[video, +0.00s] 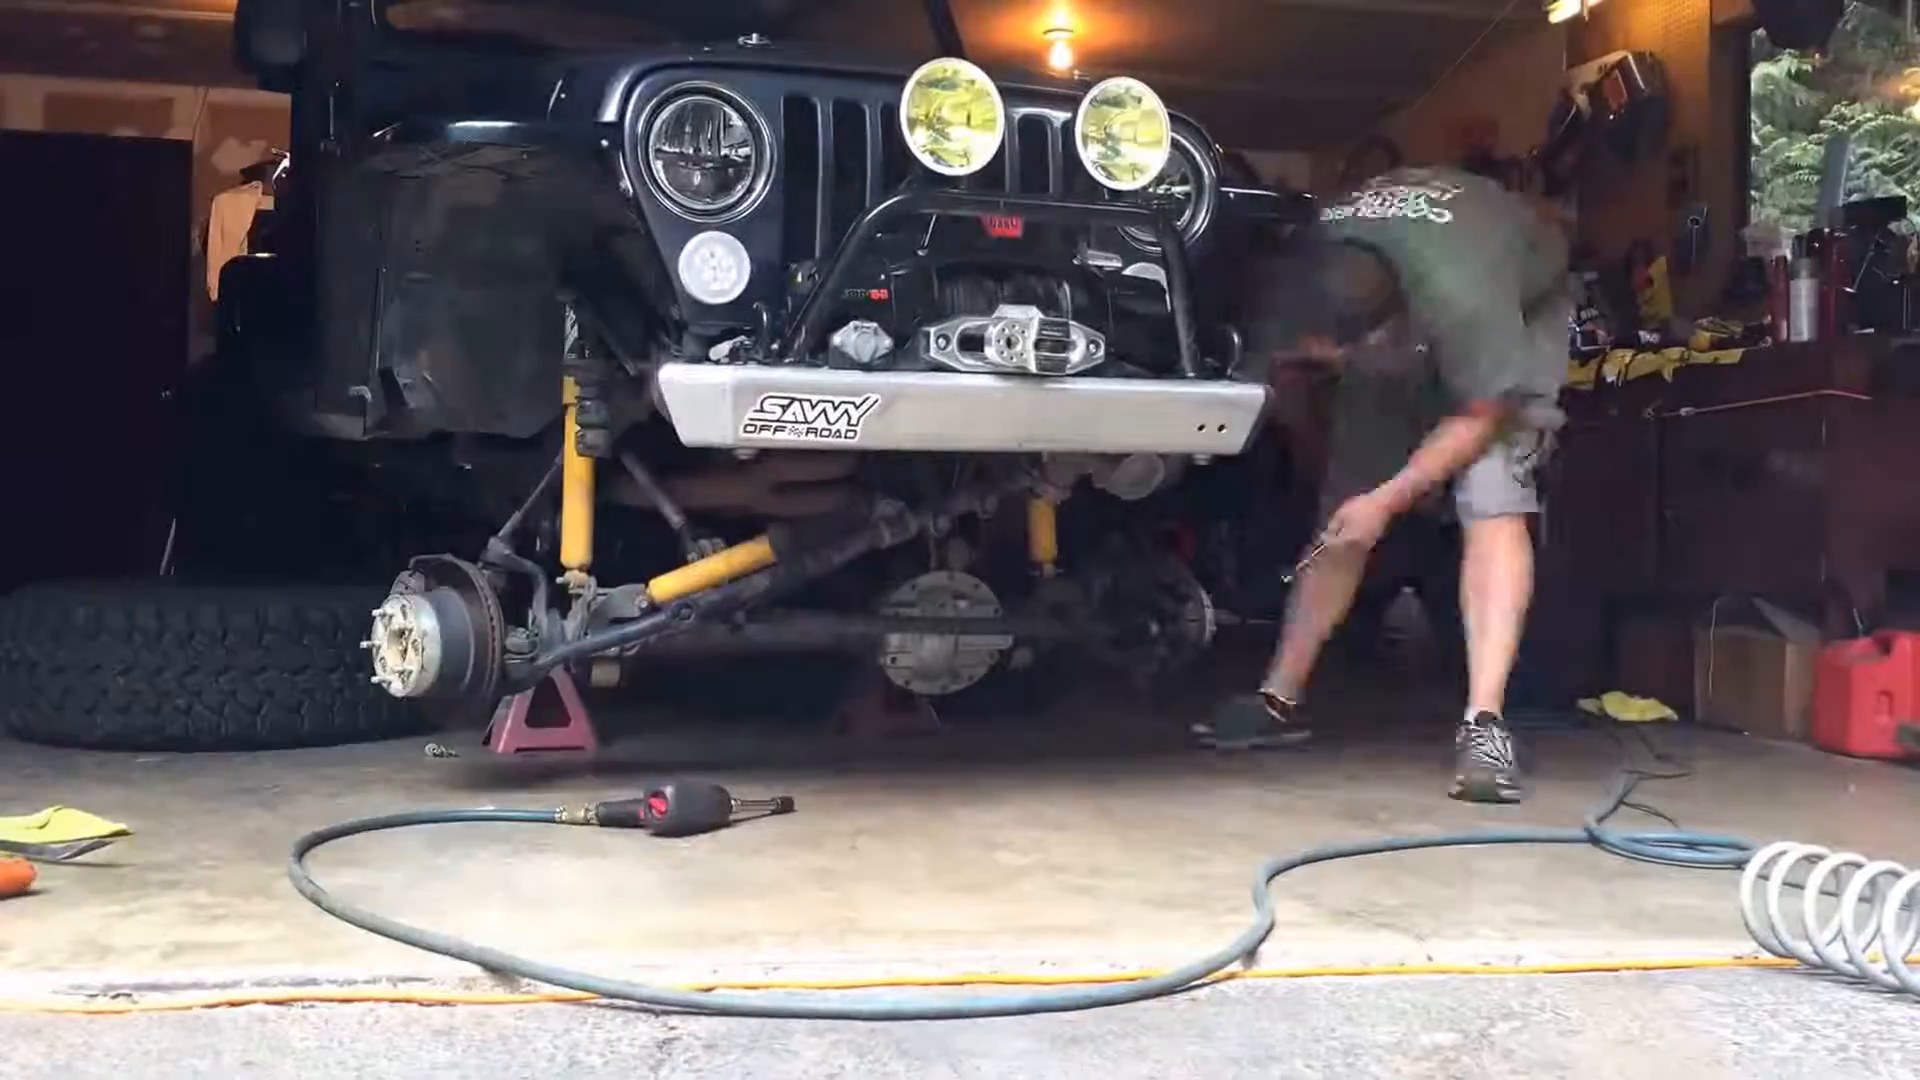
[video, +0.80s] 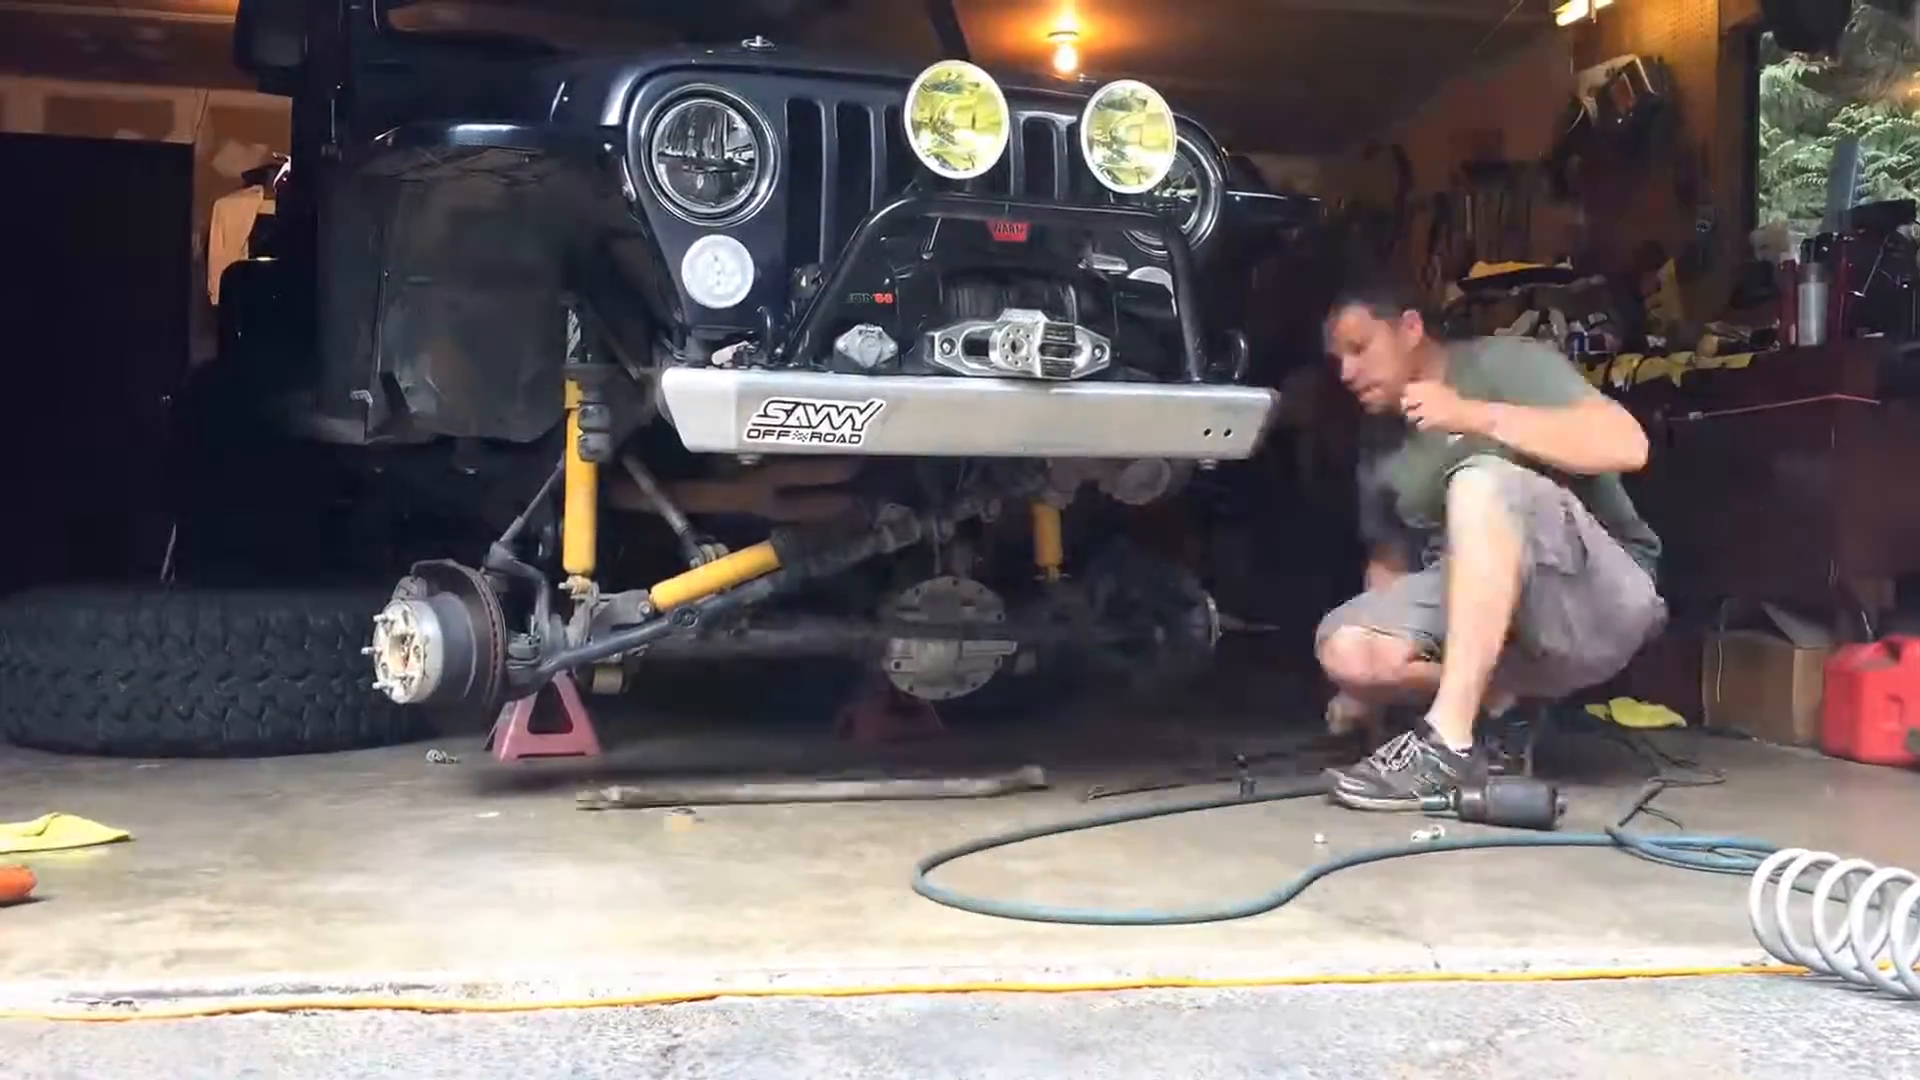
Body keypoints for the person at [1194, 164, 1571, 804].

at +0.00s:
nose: (1322, 360)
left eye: (1328, 350)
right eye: (1309, 350)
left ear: (1372, 318)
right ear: (1300, 313)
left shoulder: (1462, 294)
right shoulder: (1304, 274)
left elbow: (1483, 411)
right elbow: (1289, 389)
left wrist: (1385, 503)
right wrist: (1327, 478)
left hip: (1525, 308)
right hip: (1384, 333)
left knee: (1493, 505)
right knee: (1348, 516)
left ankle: (1484, 722)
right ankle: (1279, 699)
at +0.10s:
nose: (1259, 357)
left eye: (1268, 331)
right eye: (1255, 337)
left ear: (1313, 309)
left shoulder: (1403, 352)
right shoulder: (1323, 401)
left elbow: (1309, 440)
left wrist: (1176, 425)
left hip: (1504, 595)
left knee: (1329, 482)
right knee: (1225, 607)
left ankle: (1381, 740)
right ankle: (1393, 684)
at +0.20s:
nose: (1270, 338)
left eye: (1282, 316)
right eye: (1267, 321)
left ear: (1339, 305)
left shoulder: (1415, 352)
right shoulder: (1318, 412)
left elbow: (1298, 442)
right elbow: (1235, 513)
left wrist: (1168, 422)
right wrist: (1164, 481)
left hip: (1504, 593)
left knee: (1326, 485)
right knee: (1221, 618)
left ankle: (1378, 741)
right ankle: (1395, 690)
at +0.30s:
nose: (1285, 375)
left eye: (1303, 357)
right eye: (1279, 356)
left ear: (1362, 345)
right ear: (1272, 345)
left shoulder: (1432, 359)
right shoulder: (1279, 425)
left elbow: (1484, 433)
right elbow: (1187, 511)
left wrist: (1353, 452)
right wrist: (1098, 501)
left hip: (1500, 604)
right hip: (1379, 612)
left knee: (1435, 482)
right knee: (1235, 626)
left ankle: (1430, 734)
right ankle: (1397, 697)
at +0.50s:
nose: (1282, 367)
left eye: (1294, 345)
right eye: (1278, 350)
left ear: (1354, 332)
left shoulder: (1439, 381)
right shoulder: (1300, 418)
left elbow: (1373, 471)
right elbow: (1248, 496)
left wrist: (1224, 516)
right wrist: (1194, 518)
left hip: (1527, 607)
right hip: (1407, 607)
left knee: (1428, 493)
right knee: (1249, 590)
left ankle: (1462, 742)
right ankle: (1403, 694)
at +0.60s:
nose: (1295, 372)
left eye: (1305, 349)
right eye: (1288, 359)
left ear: (1361, 332)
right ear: (1359, 339)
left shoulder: (1416, 388)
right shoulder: (1376, 417)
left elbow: (1328, 481)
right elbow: (1340, 520)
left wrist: (1180, 510)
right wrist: (1214, 508)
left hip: (1539, 603)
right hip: (1461, 620)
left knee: (1382, 506)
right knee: (1260, 592)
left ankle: (1420, 736)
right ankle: (1429, 686)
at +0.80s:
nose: (1347, 372)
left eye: (1359, 349)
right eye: (1339, 358)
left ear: (1410, 330)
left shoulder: (1510, 363)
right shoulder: (1381, 449)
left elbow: (1627, 445)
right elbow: (1388, 568)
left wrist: (1471, 414)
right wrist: (1364, 688)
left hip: (1606, 605)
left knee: (1483, 486)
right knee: (1349, 650)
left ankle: (1449, 742)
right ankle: (1508, 706)